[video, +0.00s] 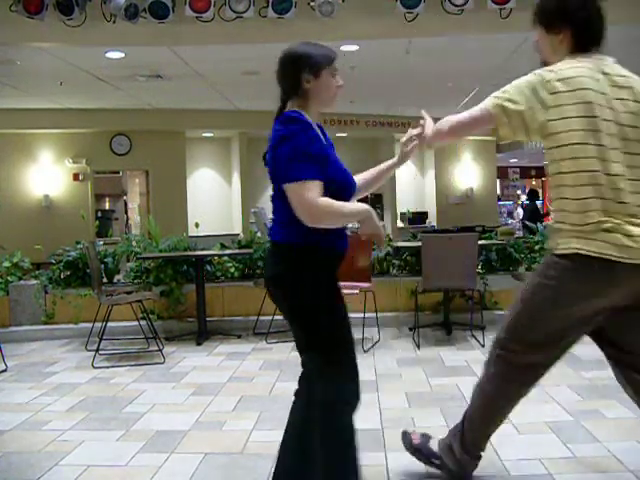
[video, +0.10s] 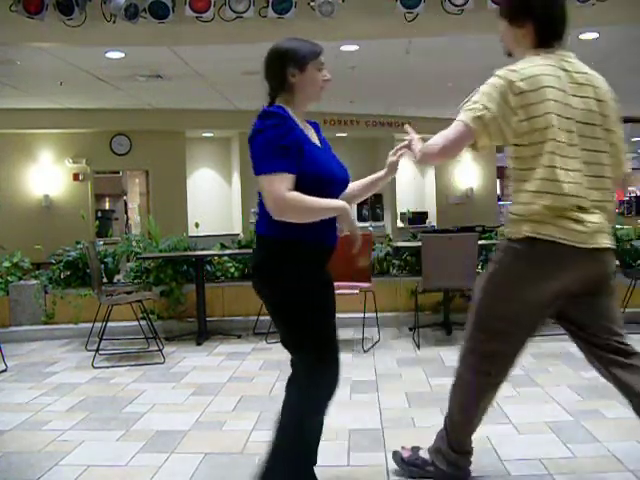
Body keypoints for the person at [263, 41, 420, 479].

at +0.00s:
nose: (341, 82)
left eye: (338, 74)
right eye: (332, 74)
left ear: (309, 81)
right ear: (306, 80)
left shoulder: (312, 129)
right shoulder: (294, 131)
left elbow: (345, 189)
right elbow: (309, 208)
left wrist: (398, 160)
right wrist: (362, 211)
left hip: (312, 266)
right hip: (300, 268)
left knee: (323, 379)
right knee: (338, 386)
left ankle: (293, 475)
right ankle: (332, 475)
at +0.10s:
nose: (327, 76)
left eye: (325, 69)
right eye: (319, 69)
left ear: (298, 76)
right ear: (293, 75)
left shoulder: (310, 128)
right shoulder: (274, 126)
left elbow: (338, 197)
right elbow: (278, 203)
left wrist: (386, 173)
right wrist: (338, 208)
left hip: (308, 260)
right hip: (286, 262)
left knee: (315, 371)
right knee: (318, 372)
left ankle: (291, 472)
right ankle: (285, 474)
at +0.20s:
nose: (313, 76)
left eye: (311, 69)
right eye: (305, 70)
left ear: (289, 77)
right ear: (279, 76)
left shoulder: (302, 130)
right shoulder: (255, 126)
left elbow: (325, 201)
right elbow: (253, 202)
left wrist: (371, 176)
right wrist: (317, 208)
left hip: (305, 257)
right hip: (270, 258)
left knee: (309, 372)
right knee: (291, 371)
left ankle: (293, 475)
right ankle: (217, 470)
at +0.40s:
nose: (281, 81)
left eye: (279, 73)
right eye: (273, 74)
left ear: (254, 80)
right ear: (248, 79)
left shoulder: (276, 137)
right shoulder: (219, 130)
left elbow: (300, 205)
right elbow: (211, 209)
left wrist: (344, 170)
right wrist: (277, 218)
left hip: (276, 265)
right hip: (230, 267)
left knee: (291, 376)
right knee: (222, 381)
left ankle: (292, 475)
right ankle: (172, 475)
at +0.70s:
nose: (229, 94)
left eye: (226, 85)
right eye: (221, 85)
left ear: (204, 91)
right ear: (195, 90)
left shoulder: (214, 147)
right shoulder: (164, 137)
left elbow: (238, 212)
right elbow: (151, 213)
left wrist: (277, 171)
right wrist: (217, 228)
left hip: (208, 272)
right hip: (167, 275)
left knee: (250, 378)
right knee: (183, 390)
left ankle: (287, 474)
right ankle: (170, 478)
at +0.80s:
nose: (212, 105)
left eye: (210, 97)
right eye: (204, 97)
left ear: (184, 103)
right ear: (178, 101)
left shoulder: (195, 157)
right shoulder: (148, 150)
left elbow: (214, 227)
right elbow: (136, 225)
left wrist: (256, 188)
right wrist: (201, 245)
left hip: (189, 282)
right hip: (146, 286)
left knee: (236, 375)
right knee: (184, 392)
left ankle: (264, 473)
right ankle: (171, 479)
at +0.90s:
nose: (195, 106)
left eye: (193, 97)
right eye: (188, 97)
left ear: (169, 102)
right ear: (165, 101)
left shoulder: (176, 155)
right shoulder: (133, 148)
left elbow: (191, 227)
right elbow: (119, 225)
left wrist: (237, 199)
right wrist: (183, 245)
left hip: (171, 276)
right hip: (133, 280)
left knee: (213, 369)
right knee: (174, 380)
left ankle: (206, 464)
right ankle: (174, 473)